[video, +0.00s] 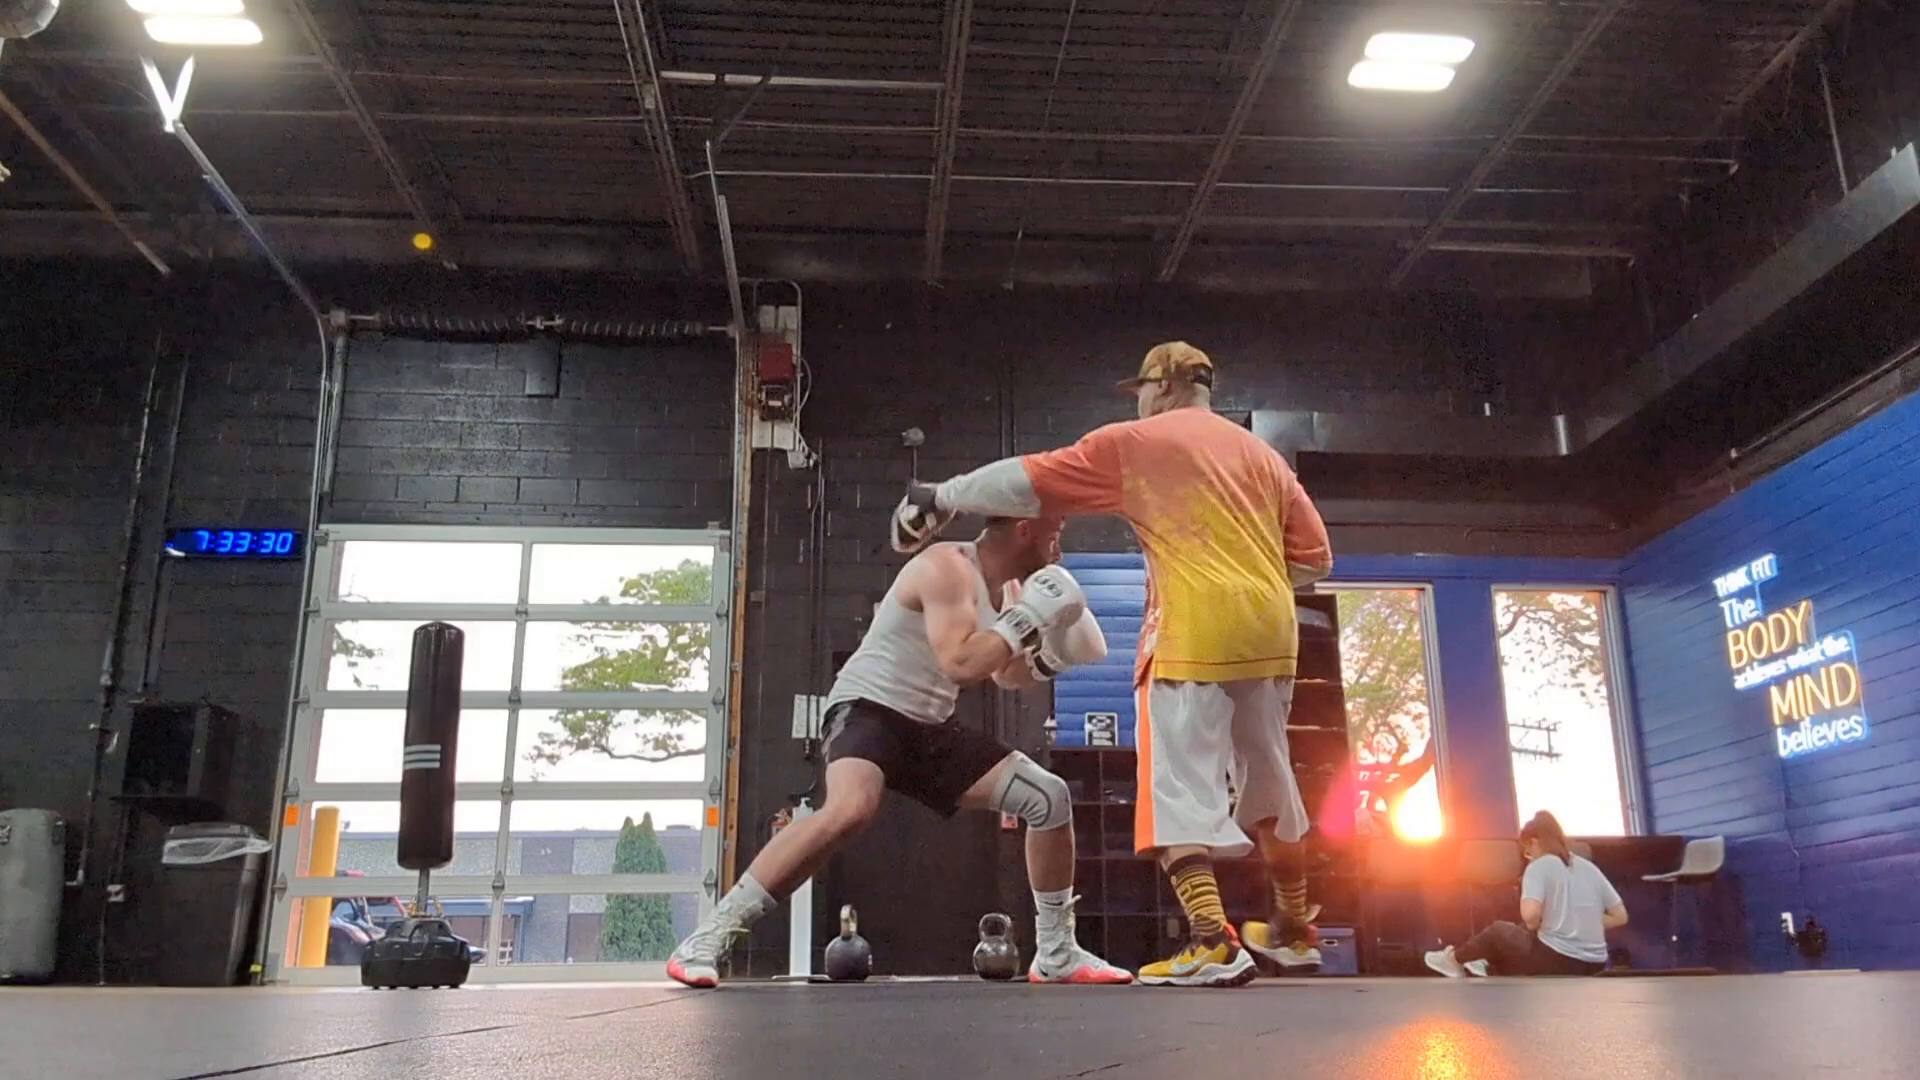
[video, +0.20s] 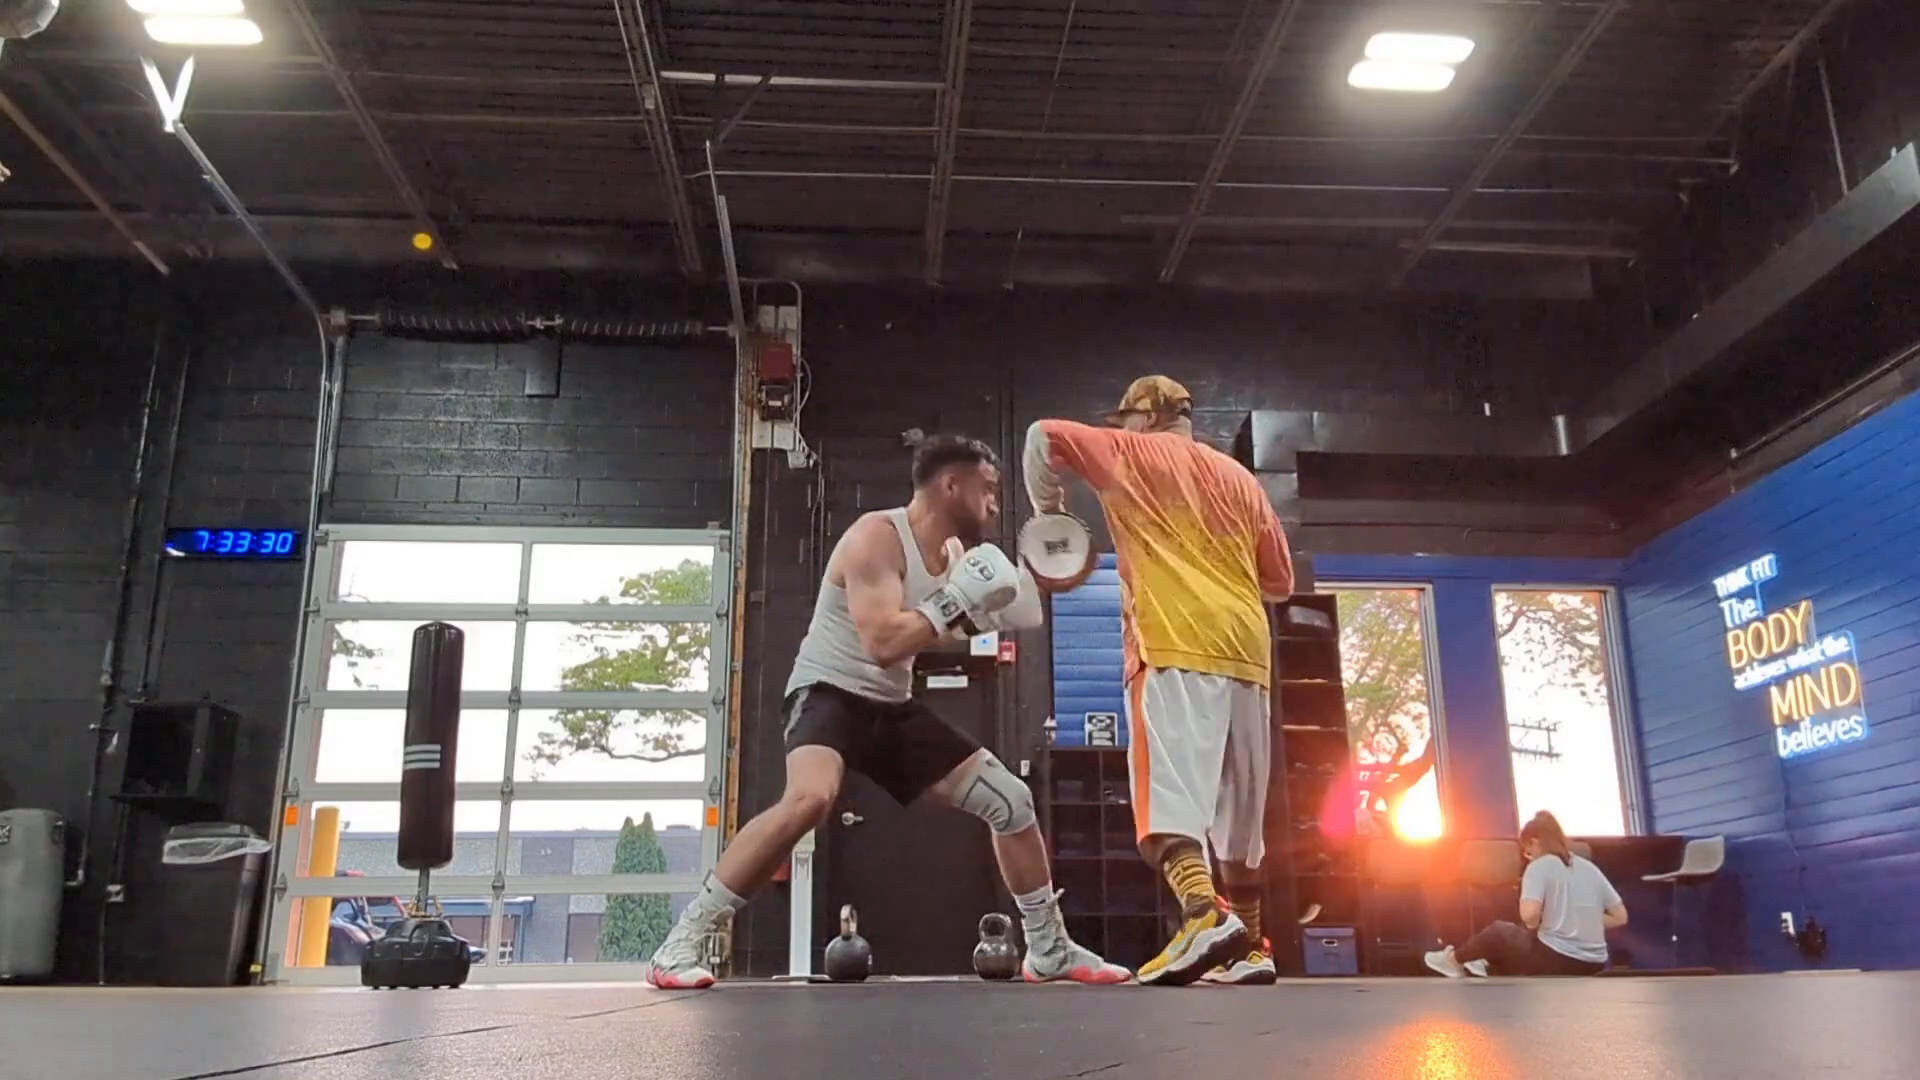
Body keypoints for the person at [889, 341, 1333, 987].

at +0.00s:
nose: (1138, 404)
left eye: (1142, 393)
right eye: (1140, 394)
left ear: (1163, 387)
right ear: (1205, 391)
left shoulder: (1135, 442)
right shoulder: (1261, 453)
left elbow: (1028, 477)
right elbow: (1314, 556)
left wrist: (940, 497)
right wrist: (1240, 577)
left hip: (1193, 623)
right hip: (1273, 623)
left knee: (1178, 779)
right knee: (1271, 770)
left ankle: (1212, 941)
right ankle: (1295, 930)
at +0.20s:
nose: (1124, 432)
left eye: (1127, 423)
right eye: (1123, 424)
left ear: (1144, 416)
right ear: (1187, 419)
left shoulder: (1130, 447)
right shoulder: (1241, 477)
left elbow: (1043, 434)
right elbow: (1280, 584)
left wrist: (1051, 514)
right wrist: (1215, 569)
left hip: (1177, 641)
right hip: (1249, 647)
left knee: (1168, 795)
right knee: (1239, 803)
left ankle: (1206, 914)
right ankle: (1247, 947)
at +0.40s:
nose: (1099, 438)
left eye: (1106, 426)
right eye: (1098, 429)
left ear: (1137, 421)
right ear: (1152, 427)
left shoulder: (1139, 455)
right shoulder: (1191, 477)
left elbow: (1184, 507)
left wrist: (1118, 557)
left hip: (1164, 649)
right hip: (1220, 651)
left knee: (1093, 773)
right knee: (1216, 797)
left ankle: (1166, 892)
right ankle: (1244, 943)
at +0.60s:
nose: (1064, 441)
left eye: (1076, 430)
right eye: (1063, 433)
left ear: (1112, 431)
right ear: (1073, 443)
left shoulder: (1132, 466)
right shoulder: (1093, 508)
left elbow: (1199, 519)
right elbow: (1039, 571)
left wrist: (1120, 525)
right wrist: (1001, 522)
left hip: (1118, 666)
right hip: (1155, 671)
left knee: (1066, 789)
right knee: (1191, 797)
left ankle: (1070, 940)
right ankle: (1241, 936)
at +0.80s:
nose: (1018, 453)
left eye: (1027, 442)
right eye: (1016, 444)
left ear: (1059, 443)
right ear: (1037, 451)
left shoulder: (1079, 482)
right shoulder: (1044, 507)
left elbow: (1090, 541)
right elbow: (1037, 614)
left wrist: (1039, 495)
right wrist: (988, 591)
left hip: (1069, 651)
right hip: (1072, 654)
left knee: (1030, 798)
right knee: (1091, 797)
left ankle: (1062, 947)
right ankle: (1172, 892)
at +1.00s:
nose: (972, 460)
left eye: (982, 449)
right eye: (967, 453)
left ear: (1015, 451)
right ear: (967, 465)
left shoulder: (1048, 493)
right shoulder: (980, 528)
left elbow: (1073, 544)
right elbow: (953, 616)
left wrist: (994, 523)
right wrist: (937, 549)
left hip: (1044, 682)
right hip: (993, 685)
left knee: (1011, 807)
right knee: (965, 806)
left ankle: (1057, 942)